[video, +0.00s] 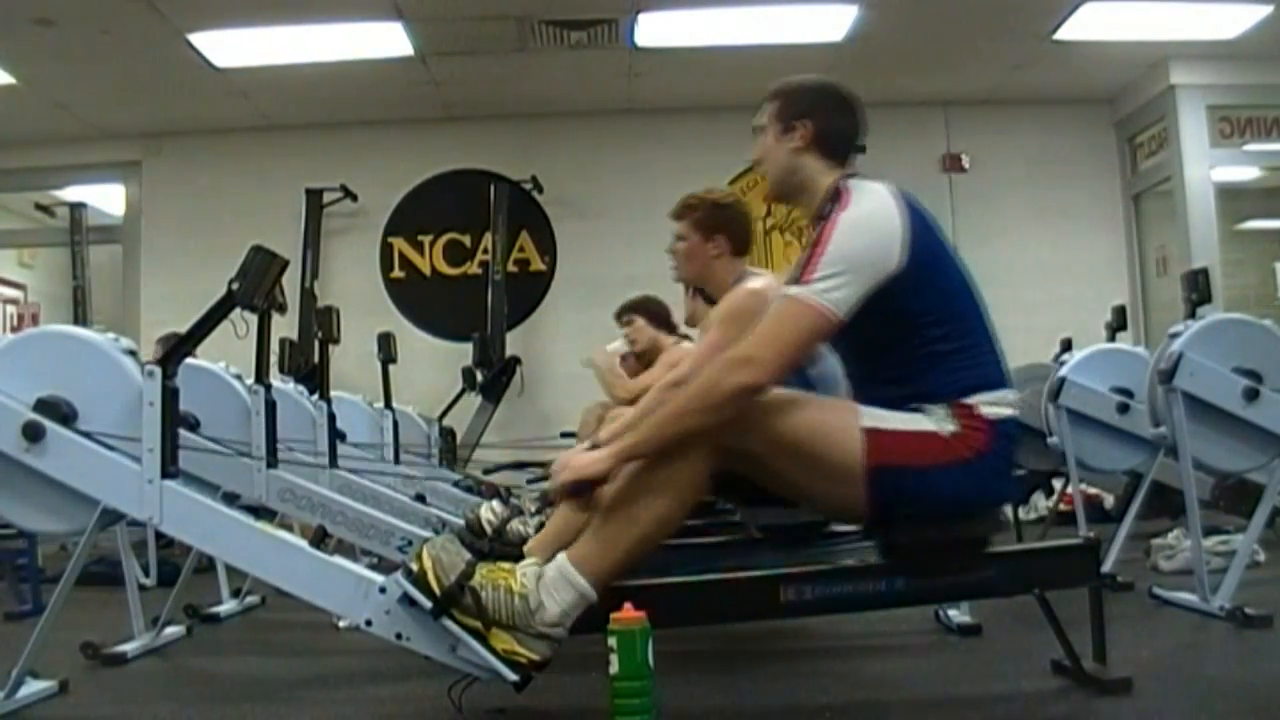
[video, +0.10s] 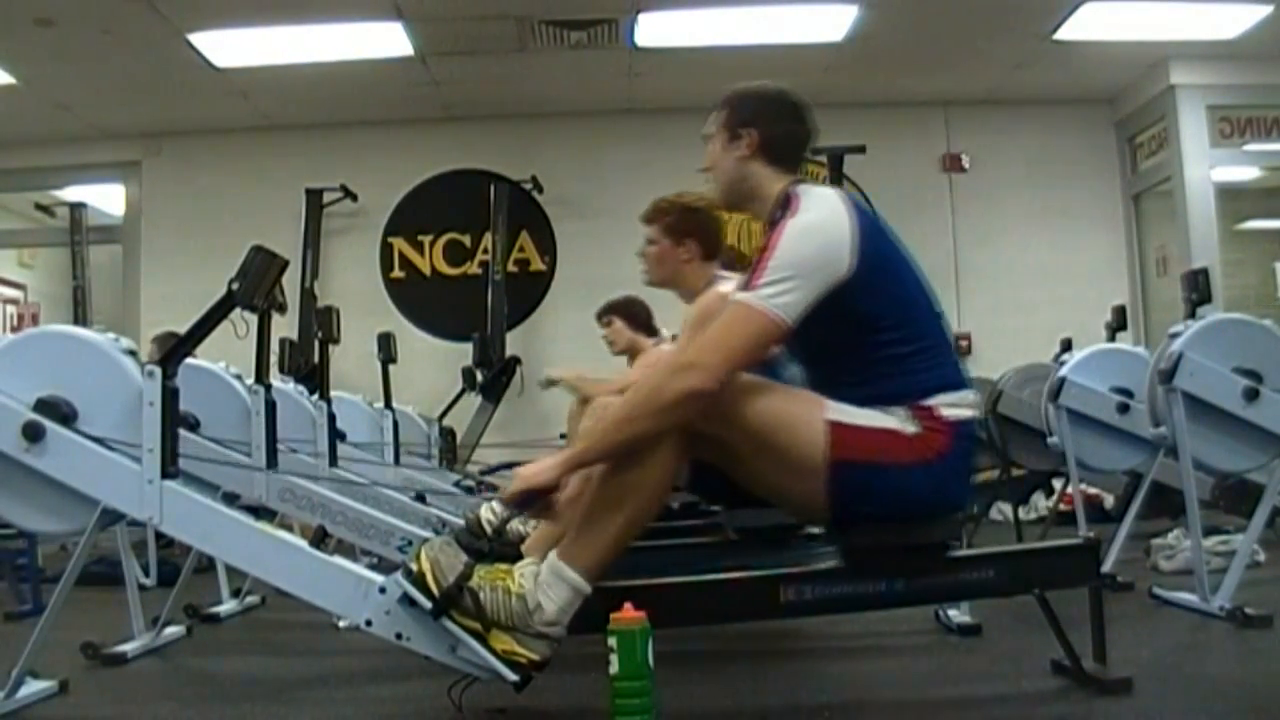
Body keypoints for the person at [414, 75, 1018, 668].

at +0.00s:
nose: (751, 157)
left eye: (760, 135)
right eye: (755, 138)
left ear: (802, 137)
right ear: (806, 138)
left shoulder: (868, 213)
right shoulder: (830, 224)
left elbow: (754, 371)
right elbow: (732, 350)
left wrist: (612, 451)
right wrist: (617, 441)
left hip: (961, 441)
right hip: (912, 430)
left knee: (714, 419)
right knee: (696, 409)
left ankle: (546, 608)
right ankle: (536, 592)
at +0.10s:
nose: (704, 163)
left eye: (712, 144)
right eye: (707, 146)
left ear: (750, 144)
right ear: (765, 147)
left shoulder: (821, 217)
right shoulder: (790, 227)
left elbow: (697, 374)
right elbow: (686, 362)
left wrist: (566, 460)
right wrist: (573, 455)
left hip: (919, 447)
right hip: (874, 436)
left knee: (687, 398)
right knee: (661, 394)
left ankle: (545, 607)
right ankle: (534, 584)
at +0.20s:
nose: (658, 166)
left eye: (665, 150)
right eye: (660, 151)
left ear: (697, 150)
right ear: (713, 154)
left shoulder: (770, 225)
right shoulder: (735, 235)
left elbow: (650, 382)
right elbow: (642, 370)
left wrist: (515, 467)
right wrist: (549, 475)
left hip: (882, 450)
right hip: (837, 440)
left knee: (654, 385)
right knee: (631, 394)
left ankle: (544, 602)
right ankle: (531, 590)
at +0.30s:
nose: (616, 174)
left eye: (622, 157)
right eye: (619, 158)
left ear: (651, 157)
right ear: (678, 162)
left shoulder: (726, 228)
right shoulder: (702, 235)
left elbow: (601, 382)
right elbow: (606, 382)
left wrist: (472, 471)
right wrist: (501, 481)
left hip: (838, 456)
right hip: (803, 451)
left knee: (611, 370)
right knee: (606, 386)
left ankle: (534, 596)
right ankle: (534, 600)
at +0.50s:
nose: (548, 189)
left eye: (550, 171)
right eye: (549, 173)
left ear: (575, 168)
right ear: (621, 168)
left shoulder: (653, 235)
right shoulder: (648, 237)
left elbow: (522, 391)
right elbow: (535, 409)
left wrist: (394, 474)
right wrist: (430, 487)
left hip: (767, 465)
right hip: (755, 460)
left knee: (559, 363)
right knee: (559, 364)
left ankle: (537, 592)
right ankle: (537, 586)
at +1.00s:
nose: (616, 162)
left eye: (624, 144)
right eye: (619, 147)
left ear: (653, 143)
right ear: (676, 148)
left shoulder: (712, 225)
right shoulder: (676, 236)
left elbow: (569, 374)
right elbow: (558, 364)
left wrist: (420, 428)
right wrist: (436, 434)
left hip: (816, 458)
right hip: (769, 454)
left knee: (591, 347)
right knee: (570, 325)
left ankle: (541, 586)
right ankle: (530, 563)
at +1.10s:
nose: (663, 153)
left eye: (670, 135)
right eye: (666, 137)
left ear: (701, 136)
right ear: (718, 142)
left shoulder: (761, 219)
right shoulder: (724, 232)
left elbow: (618, 361)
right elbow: (602, 354)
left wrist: (459, 416)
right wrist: (472, 420)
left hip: (853, 454)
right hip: (807, 449)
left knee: (622, 355)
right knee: (606, 321)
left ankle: (544, 587)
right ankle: (535, 564)